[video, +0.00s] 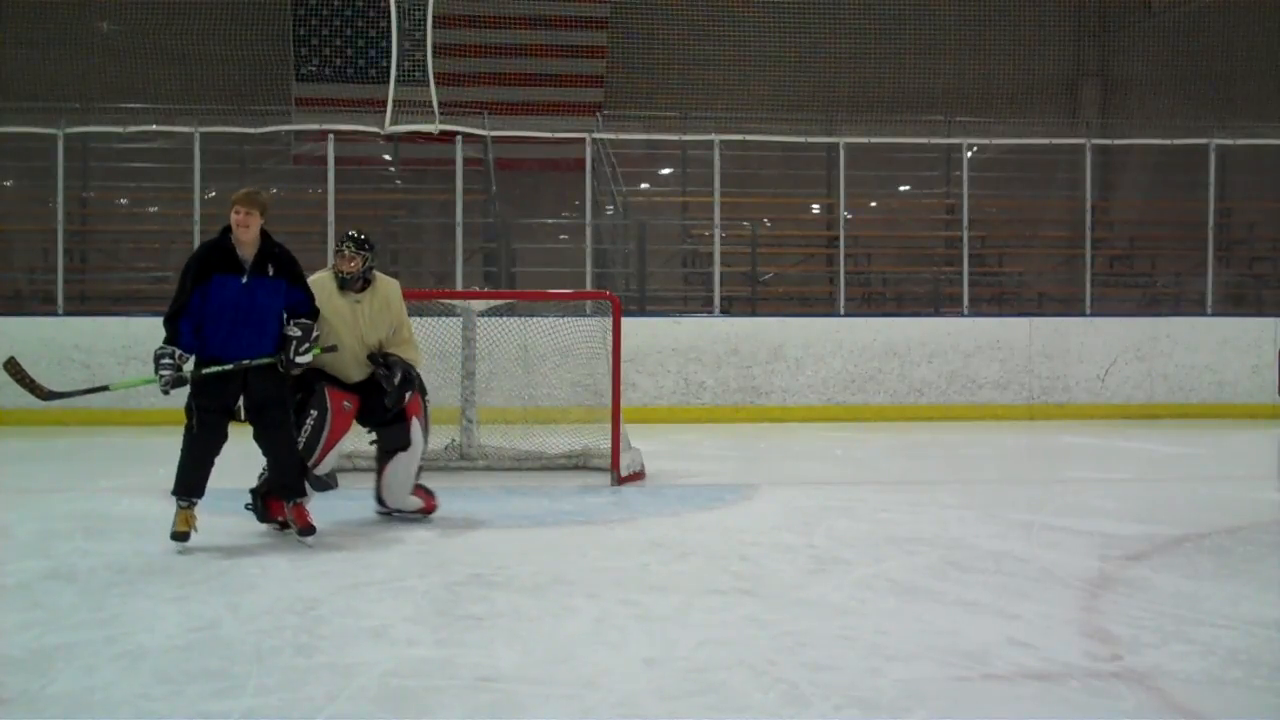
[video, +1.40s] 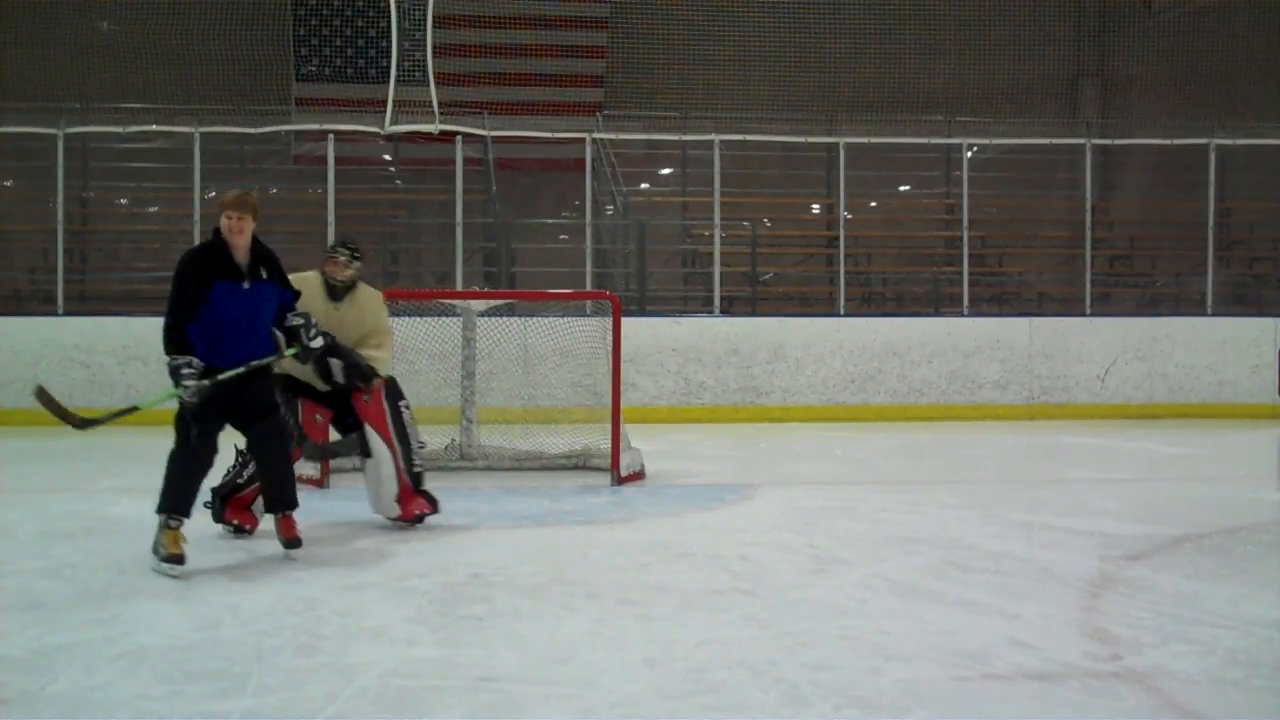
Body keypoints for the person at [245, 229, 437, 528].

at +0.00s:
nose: (344, 265)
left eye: (352, 259)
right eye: (340, 258)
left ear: (367, 262)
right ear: (333, 259)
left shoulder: (389, 290)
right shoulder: (316, 289)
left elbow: (404, 342)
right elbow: (293, 334)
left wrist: (399, 370)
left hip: (375, 380)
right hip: (328, 380)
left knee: (410, 410)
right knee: (333, 414)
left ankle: (396, 495)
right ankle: (278, 492)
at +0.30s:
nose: (343, 257)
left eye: (351, 251)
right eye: (339, 250)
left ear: (364, 255)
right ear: (331, 251)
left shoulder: (383, 285)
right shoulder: (309, 279)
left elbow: (401, 334)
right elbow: (288, 320)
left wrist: (400, 360)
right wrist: (297, 353)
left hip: (367, 376)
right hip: (320, 377)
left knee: (384, 439)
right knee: (301, 436)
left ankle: (371, 495)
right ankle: (269, 492)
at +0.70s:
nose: (324, 256)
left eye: (331, 251)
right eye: (320, 249)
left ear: (345, 255)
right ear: (312, 251)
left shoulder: (364, 286)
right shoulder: (293, 276)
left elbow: (378, 325)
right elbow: (273, 314)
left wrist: (360, 348)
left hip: (347, 375)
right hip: (301, 373)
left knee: (353, 439)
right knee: (282, 434)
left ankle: (361, 498)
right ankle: (257, 497)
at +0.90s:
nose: (306, 261)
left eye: (314, 256)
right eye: (302, 254)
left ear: (327, 260)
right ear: (295, 256)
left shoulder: (346, 290)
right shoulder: (278, 279)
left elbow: (355, 338)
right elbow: (260, 317)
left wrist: (321, 347)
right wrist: (278, 344)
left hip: (326, 375)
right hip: (281, 370)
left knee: (336, 434)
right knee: (273, 427)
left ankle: (346, 496)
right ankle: (249, 493)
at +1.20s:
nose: (308, 260)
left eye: (315, 254)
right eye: (302, 253)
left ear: (328, 258)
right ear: (294, 254)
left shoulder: (345, 288)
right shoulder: (272, 277)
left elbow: (347, 341)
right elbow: (254, 320)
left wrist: (312, 352)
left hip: (326, 371)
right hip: (278, 367)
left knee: (353, 416)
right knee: (271, 420)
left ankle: (352, 492)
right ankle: (244, 493)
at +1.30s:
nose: (320, 265)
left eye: (328, 260)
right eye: (314, 258)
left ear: (339, 264)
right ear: (305, 259)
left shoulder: (356, 295)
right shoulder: (281, 282)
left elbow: (358, 350)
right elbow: (257, 324)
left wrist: (323, 354)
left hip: (334, 383)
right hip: (283, 377)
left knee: (371, 393)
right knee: (284, 411)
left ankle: (383, 493)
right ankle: (242, 496)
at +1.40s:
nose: (339, 270)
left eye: (347, 265)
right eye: (333, 262)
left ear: (357, 270)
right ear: (323, 264)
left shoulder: (372, 301)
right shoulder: (296, 287)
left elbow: (380, 348)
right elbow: (264, 321)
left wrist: (361, 371)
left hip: (348, 389)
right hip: (297, 382)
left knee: (387, 397)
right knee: (288, 428)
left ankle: (404, 495)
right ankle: (235, 499)